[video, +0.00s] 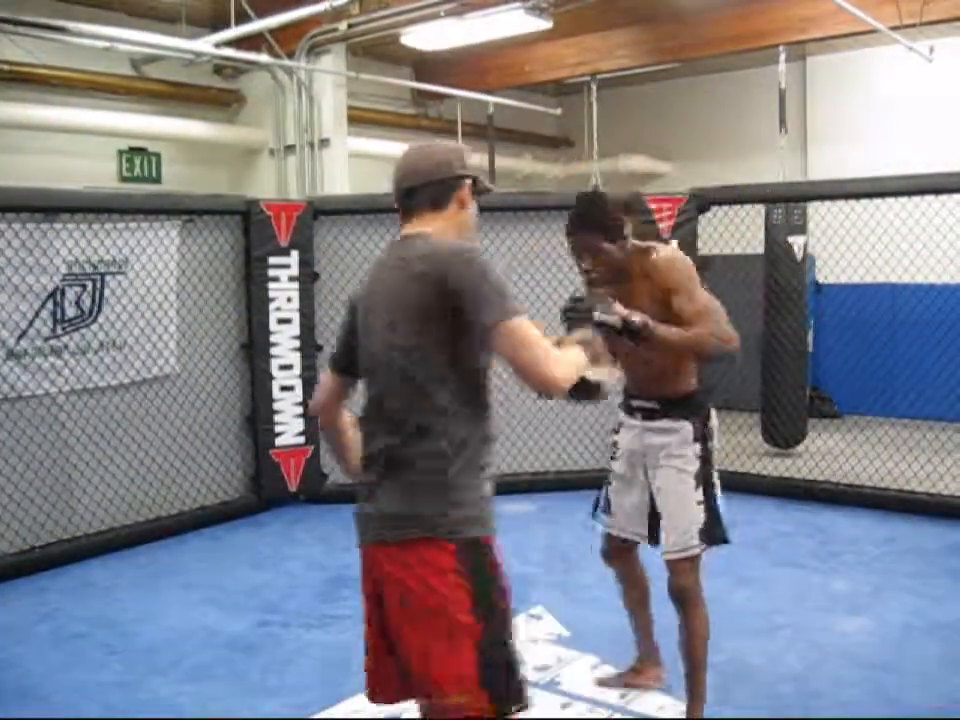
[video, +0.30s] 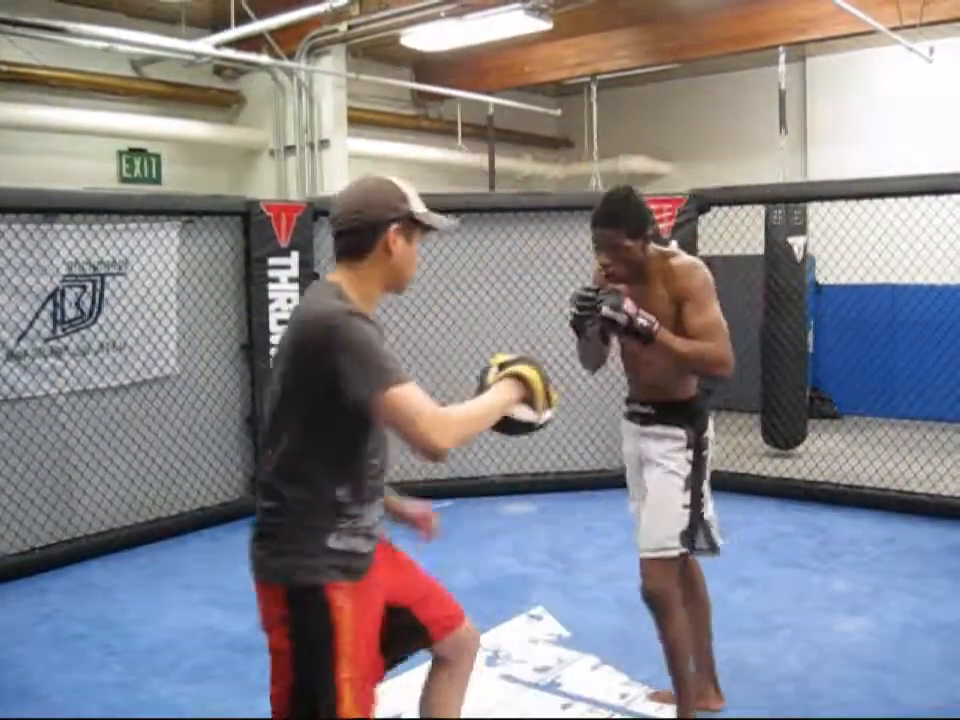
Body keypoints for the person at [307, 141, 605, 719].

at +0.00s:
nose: (475, 214)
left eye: (473, 201)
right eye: (474, 200)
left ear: (404, 205)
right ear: (460, 197)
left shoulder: (375, 281)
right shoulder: (459, 265)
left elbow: (326, 404)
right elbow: (550, 376)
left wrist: (364, 470)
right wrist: (576, 348)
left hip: (385, 533)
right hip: (446, 536)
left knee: (423, 698)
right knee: (471, 703)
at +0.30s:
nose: (418, 256)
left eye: (419, 241)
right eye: (416, 240)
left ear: (375, 242)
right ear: (391, 242)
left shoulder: (334, 311)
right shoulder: (335, 324)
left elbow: (313, 448)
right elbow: (434, 433)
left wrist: (390, 503)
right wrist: (508, 392)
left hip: (355, 549)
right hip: (313, 568)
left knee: (457, 641)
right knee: (332, 709)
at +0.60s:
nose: (409, 242)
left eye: (411, 229)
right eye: (406, 227)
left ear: (371, 223)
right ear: (371, 220)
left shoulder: (377, 301)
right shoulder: (282, 285)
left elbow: (414, 379)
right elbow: (293, 367)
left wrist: (462, 442)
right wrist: (405, 337)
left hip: (354, 512)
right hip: (288, 518)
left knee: (390, 663)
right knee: (289, 694)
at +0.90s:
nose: (392, 249)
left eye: (394, 235)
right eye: (389, 233)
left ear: (348, 227)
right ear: (360, 226)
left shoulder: (312, 291)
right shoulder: (320, 294)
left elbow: (292, 408)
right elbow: (407, 394)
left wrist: (359, 445)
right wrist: (462, 317)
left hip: (321, 514)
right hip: (274, 520)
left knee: (370, 642)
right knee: (243, 690)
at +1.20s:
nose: (324, 261)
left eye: (325, 248)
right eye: (319, 248)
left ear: (290, 250)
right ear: (288, 248)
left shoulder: (296, 321)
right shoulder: (197, 328)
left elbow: (301, 411)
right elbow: (192, 443)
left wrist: (326, 473)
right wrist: (267, 363)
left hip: (275, 531)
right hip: (206, 542)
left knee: (352, 660)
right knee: (193, 704)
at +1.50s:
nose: (291, 246)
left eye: (292, 233)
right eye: (286, 230)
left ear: (248, 228)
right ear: (252, 228)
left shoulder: (215, 299)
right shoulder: (203, 311)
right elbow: (294, 415)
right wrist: (342, 336)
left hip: (210, 520)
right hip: (176, 527)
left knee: (280, 631)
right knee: (149, 699)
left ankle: (271, 714)